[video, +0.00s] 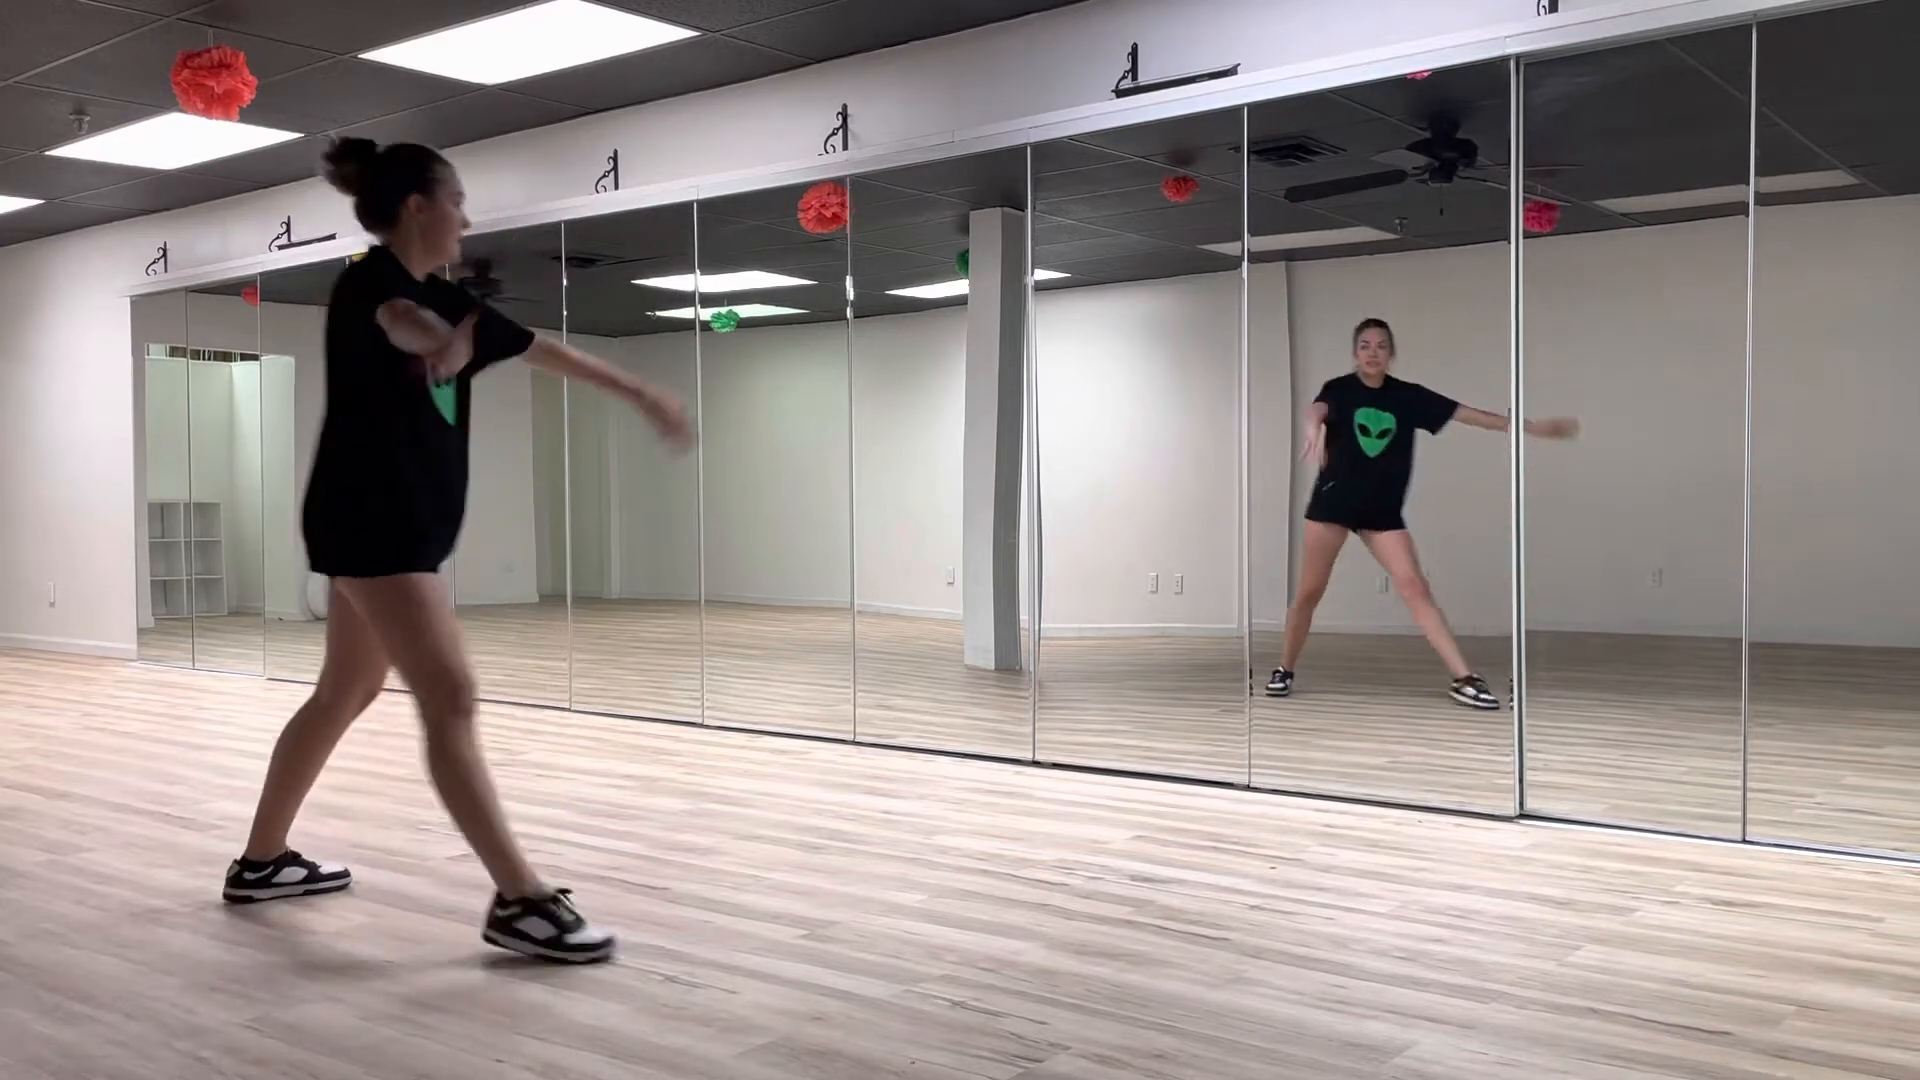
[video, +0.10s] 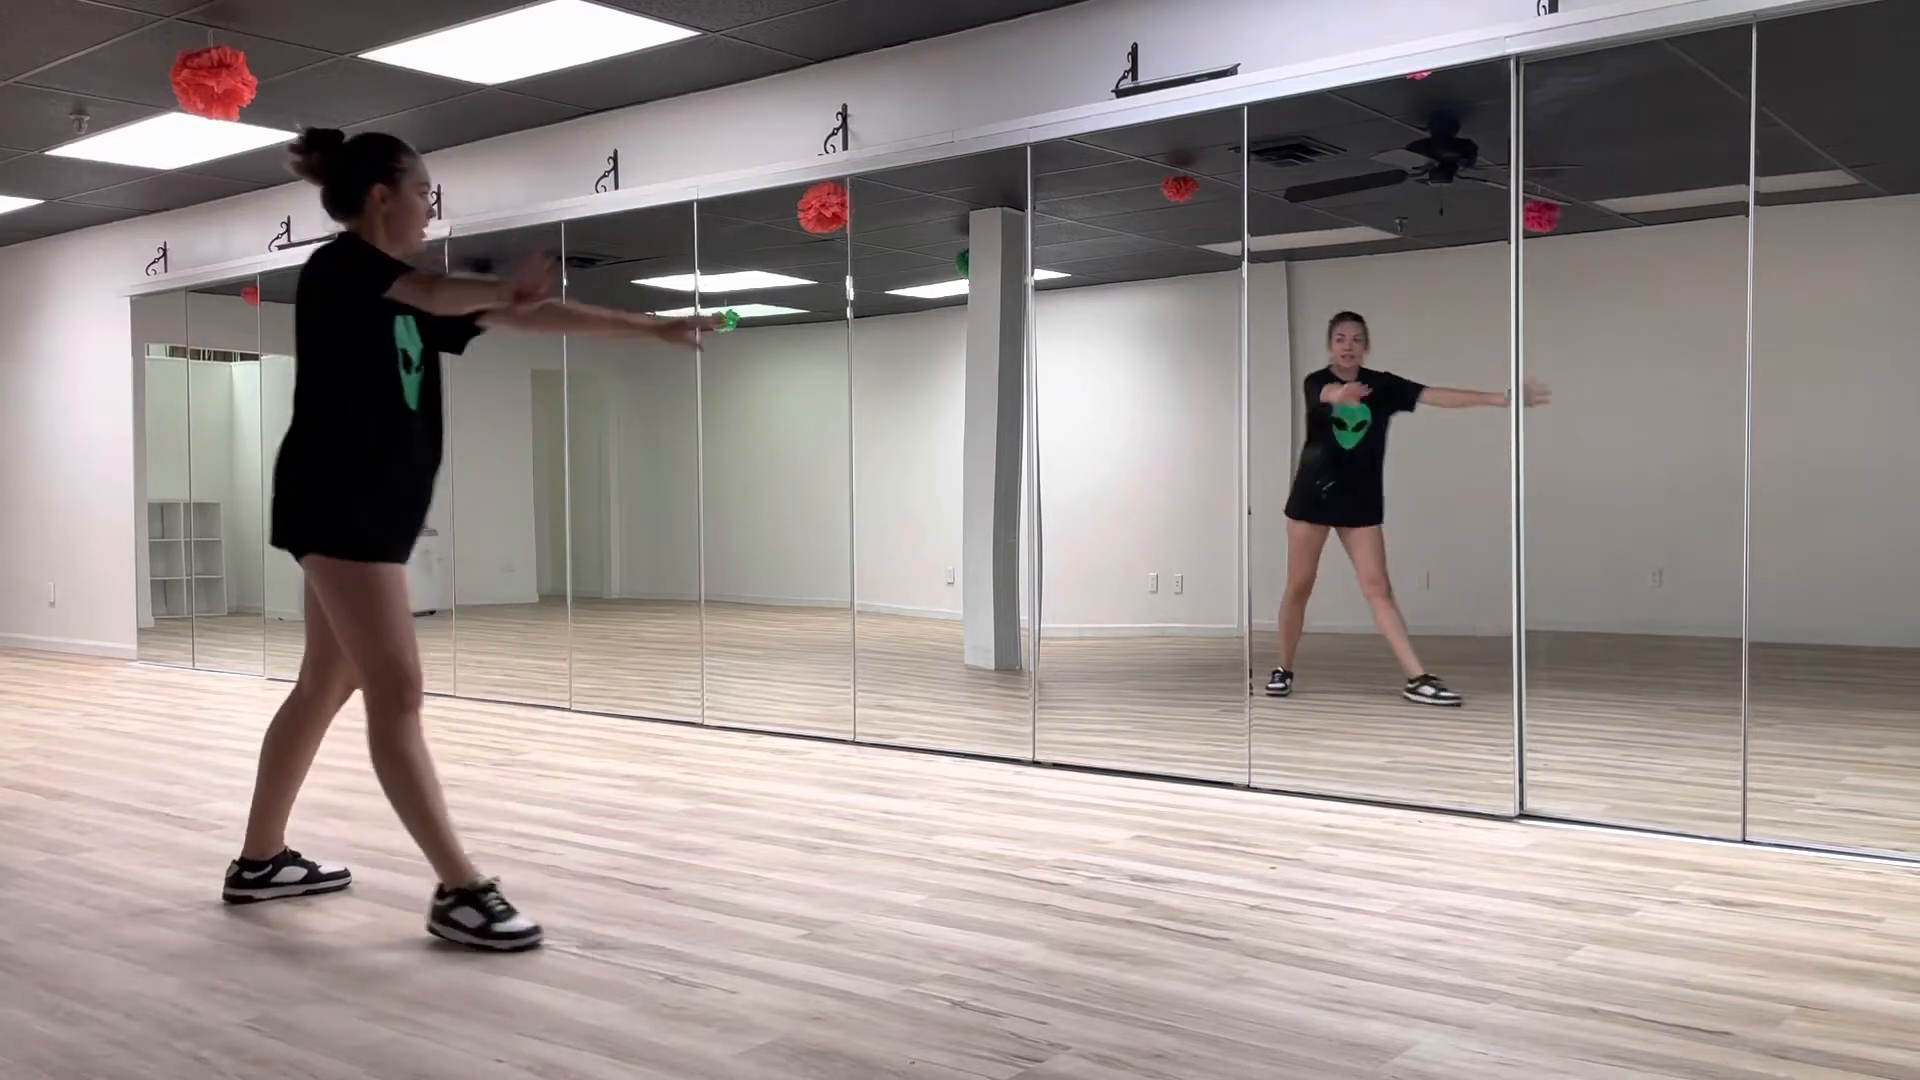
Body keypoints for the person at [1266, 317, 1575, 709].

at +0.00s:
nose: (1372, 351)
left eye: (1379, 345)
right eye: (1365, 344)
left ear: (1391, 352)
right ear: (1355, 351)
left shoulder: (1409, 396)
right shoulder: (1338, 389)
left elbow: (1472, 415)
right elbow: (1313, 414)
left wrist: (1532, 428)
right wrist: (1313, 431)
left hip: (1381, 509)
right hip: (1332, 503)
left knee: (1415, 589)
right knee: (1308, 592)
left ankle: (1464, 680)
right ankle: (1284, 671)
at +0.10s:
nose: (1348, 346)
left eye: (1356, 340)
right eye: (1340, 339)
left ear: (1366, 347)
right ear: (1329, 345)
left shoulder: (1382, 384)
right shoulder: (1316, 382)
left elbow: (1438, 396)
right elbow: (1323, 393)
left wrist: (1502, 398)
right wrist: (1342, 394)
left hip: (1359, 501)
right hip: (1310, 498)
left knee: (1378, 588)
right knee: (1298, 586)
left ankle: (1417, 678)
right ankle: (1283, 670)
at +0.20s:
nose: (1328, 341)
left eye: (1337, 335)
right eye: (1321, 334)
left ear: (1346, 342)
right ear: (1309, 339)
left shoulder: (1359, 377)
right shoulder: (1298, 377)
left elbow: (1409, 381)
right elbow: (1331, 379)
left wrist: (1464, 380)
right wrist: (1369, 372)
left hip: (1343, 495)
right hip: (1296, 492)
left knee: (1360, 580)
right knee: (1290, 582)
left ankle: (1392, 674)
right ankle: (1282, 669)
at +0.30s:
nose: (1313, 339)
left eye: (1322, 333)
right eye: (1306, 332)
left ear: (1331, 340)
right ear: (1294, 337)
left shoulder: (1341, 375)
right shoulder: (1284, 374)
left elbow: (1377, 373)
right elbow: (1327, 374)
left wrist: (1420, 370)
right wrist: (1373, 361)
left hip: (1331, 491)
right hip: (1286, 491)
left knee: (1348, 579)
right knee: (1284, 581)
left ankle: (1371, 672)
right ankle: (1281, 669)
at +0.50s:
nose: (1296, 339)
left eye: (1304, 333)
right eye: (1288, 332)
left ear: (1313, 340)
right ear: (1276, 337)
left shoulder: (1325, 376)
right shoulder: (1263, 377)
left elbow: (1379, 392)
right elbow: (1272, 408)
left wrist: (1365, 357)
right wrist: (1306, 361)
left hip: (1315, 490)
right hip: (1271, 492)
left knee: (1341, 567)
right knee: (1273, 579)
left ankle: (1325, 654)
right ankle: (1279, 666)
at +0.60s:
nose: (1289, 336)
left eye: (1298, 330)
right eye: (1282, 329)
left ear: (1307, 336)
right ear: (1271, 334)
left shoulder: (1321, 377)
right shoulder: (1256, 380)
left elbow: (1364, 420)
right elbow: (1239, 433)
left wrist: (1363, 370)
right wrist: (1256, 381)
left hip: (1314, 487)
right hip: (1268, 490)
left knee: (1341, 560)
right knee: (1274, 579)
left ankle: (1309, 630)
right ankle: (1277, 665)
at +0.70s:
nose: (1284, 334)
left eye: (1292, 328)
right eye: (1277, 327)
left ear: (1303, 334)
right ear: (1267, 332)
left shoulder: (1318, 377)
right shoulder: (1250, 380)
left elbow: (1329, 436)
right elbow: (1223, 440)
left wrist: (1367, 419)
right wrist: (1226, 413)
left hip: (1313, 486)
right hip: (1268, 487)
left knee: (1337, 558)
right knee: (1273, 575)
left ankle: (1301, 628)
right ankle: (1272, 664)